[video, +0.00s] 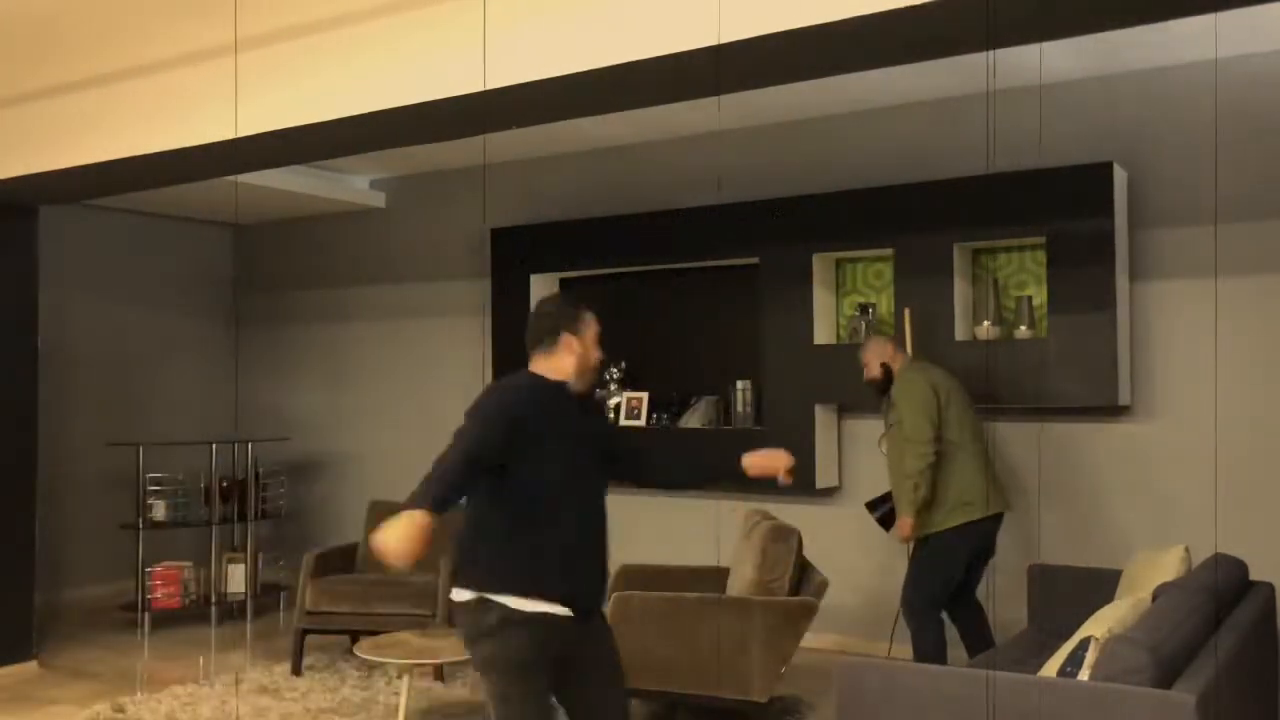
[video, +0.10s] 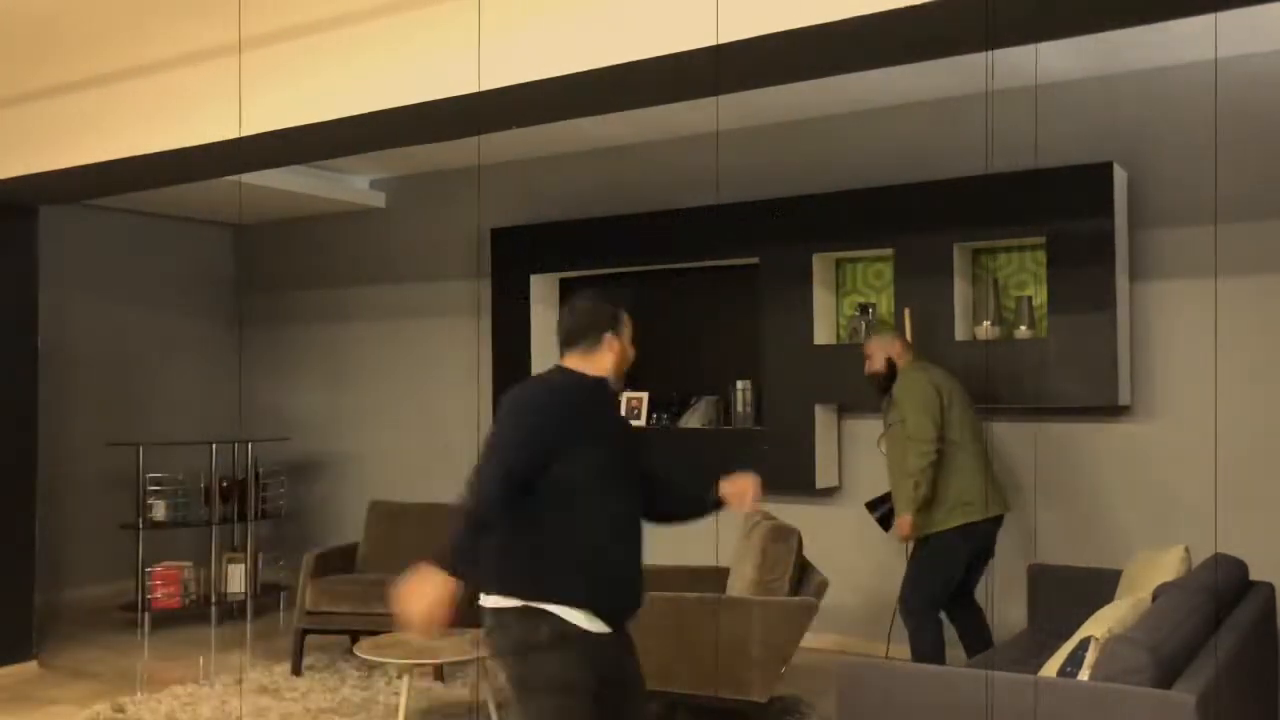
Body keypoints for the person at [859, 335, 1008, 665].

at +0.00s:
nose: (868, 377)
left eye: (869, 366)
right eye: (865, 369)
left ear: (888, 353)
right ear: (894, 352)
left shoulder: (912, 381)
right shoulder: (933, 376)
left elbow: (918, 451)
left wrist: (907, 512)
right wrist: (906, 502)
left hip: (954, 514)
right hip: (982, 509)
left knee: (918, 602)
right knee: (959, 598)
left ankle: (933, 692)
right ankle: (991, 677)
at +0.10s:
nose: (867, 369)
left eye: (870, 359)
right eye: (866, 361)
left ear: (895, 351)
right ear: (899, 351)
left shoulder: (913, 380)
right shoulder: (935, 377)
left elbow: (921, 448)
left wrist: (907, 510)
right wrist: (907, 502)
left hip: (954, 515)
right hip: (982, 511)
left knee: (916, 603)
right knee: (958, 598)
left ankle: (931, 693)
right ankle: (991, 678)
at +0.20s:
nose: (870, 364)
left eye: (874, 354)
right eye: (868, 356)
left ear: (901, 349)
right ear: (903, 352)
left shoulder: (917, 382)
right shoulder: (929, 379)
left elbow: (925, 449)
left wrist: (905, 508)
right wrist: (914, 512)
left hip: (958, 515)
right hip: (978, 513)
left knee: (918, 603)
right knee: (953, 600)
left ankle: (932, 693)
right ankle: (990, 678)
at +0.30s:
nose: (872, 365)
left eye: (879, 356)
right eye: (869, 357)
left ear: (905, 353)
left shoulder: (923, 387)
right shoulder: (908, 392)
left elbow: (934, 451)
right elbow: (921, 457)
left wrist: (910, 510)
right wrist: (905, 503)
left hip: (964, 519)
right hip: (960, 518)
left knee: (917, 602)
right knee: (942, 603)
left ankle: (938, 691)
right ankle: (986, 679)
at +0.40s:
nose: (881, 352)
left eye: (889, 342)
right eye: (874, 347)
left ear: (910, 346)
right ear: (869, 356)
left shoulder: (927, 385)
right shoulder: (901, 393)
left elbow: (942, 449)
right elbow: (913, 458)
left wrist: (926, 506)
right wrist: (900, 504)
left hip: (960, 515)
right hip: (940, 518)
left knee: (920, 606)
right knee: (926, 605)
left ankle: (941, 692)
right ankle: (974, 680)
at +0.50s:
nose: (884, 349)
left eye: (893, 339)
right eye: (878, 342)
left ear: (915, 343)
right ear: (873, 349)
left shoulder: (940, 385)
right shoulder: (897, 393)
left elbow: (956, 445)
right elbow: (897, 466)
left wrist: (934, 496)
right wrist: (886, 516)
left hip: (955, 520)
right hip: (917, 523)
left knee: (921, 603)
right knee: (918, 605)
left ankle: (967, 684)